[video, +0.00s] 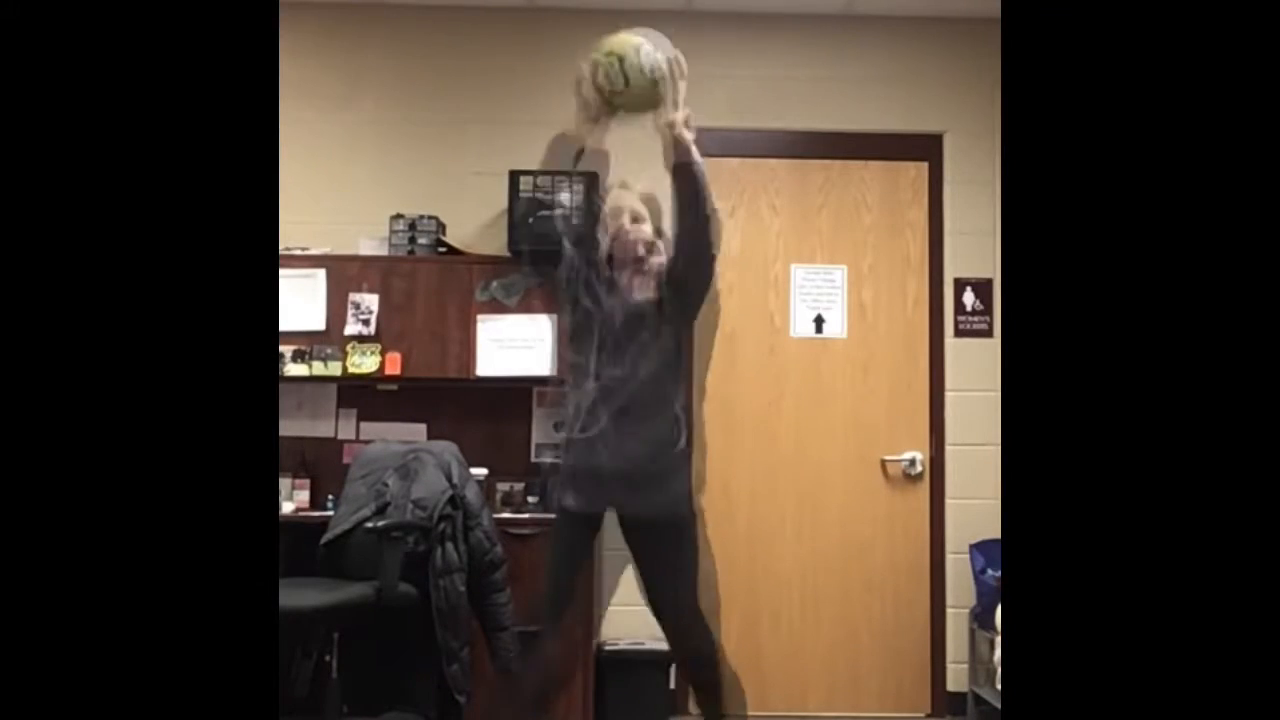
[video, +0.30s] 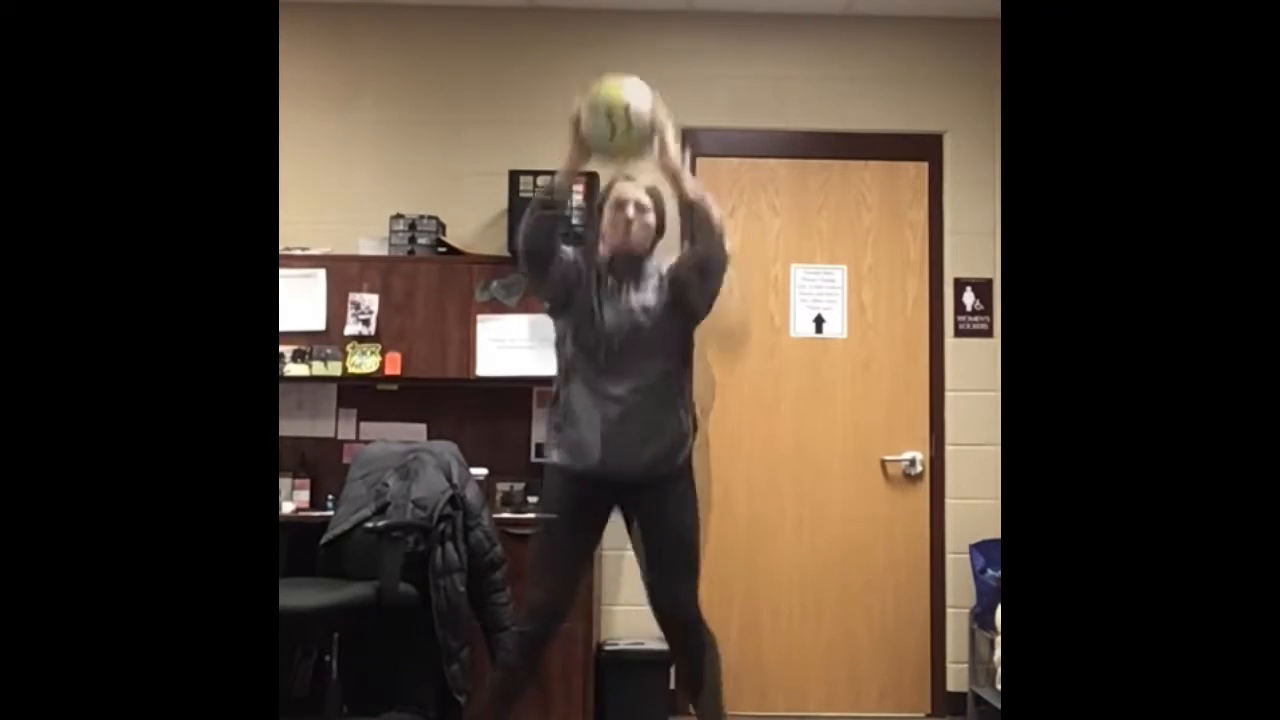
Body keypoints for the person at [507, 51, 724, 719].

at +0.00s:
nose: (628, 232)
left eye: (637, 221)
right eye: (616, 223)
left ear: (655, 238)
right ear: (599, 239)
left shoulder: (676, 298)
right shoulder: (584, 292)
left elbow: (697, 238)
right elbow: (568, 222)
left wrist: (678, 142)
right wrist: (589, 127)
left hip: (654, 473)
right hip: (582, 470)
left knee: (683, 624)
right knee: (557, 619)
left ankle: (720, 709)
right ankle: (524, 711)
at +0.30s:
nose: (628, 215)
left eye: (641, 208)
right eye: (617, 205)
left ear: (659, 226)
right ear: (598, 220)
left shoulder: (675, 290)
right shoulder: (576, 283)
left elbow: (709, 249)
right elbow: (535, 249)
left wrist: (675, 170)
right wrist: (571, 166)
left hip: (658, 468)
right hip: (578, 466)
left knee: (680, 615)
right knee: (543, 611)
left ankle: (708, 712)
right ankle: (487, 709)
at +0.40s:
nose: (622, 221)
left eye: (634, 210)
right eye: (611, 211)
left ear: (655, 215)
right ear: (593, 216)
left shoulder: (682, 274)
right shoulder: (575, 272)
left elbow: (705, 329)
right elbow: (533, 318)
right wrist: (574, 251)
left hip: (659, 459)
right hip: (579, 457)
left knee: (665, 603)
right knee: (561, 593)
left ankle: (675, 710)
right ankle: (548, 709)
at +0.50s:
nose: (632, 226)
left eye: (644, 219)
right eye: (621, 217)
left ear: (659, 239)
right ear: (602, 233)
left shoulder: (685, 315)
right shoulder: (562, 313)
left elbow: (694, 414)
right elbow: (544, 404)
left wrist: (656, 357)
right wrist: (584, 353)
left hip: (659, 493)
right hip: (580, 493)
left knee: (650, 628)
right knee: (584, 626)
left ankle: (647, 715)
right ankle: (594, 714)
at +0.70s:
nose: (625, 233)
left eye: (636, 221)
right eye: (613, 221)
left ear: (656, 226)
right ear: (592, 226)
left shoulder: (683, 282)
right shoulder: (566, 283)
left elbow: (706, 340)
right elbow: (536, 343)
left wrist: (675, 292)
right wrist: (574, 281)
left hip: (661, 474)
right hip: (582, 475)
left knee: (654, 610)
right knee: (587, 609)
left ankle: (652, 710)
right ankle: (592, 710)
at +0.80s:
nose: (633, 192)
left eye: (644, 186)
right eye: (621, 183)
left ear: (660, 201)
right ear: (600, 196)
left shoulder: (676, 265)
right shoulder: (575, 254)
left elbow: (712, 257)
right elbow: (536, 258)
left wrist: (678, 179)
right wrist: (581, 178)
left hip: (662, 444)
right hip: (581, 443)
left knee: (667, 593)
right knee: (573, 590)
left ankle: (681, 712)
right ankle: (556, 712)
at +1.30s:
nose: (633, 199)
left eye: (646, 189)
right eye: (620, 188)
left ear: (668, 199)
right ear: (600, 198)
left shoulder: (692, 259)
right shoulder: (576, 254)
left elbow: (725, 309)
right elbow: (535, 299)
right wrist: (583, 238)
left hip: (671, 449)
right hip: (590, 447)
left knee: (676, 592)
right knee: (574, 589)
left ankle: (692, 710)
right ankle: (552, 709)